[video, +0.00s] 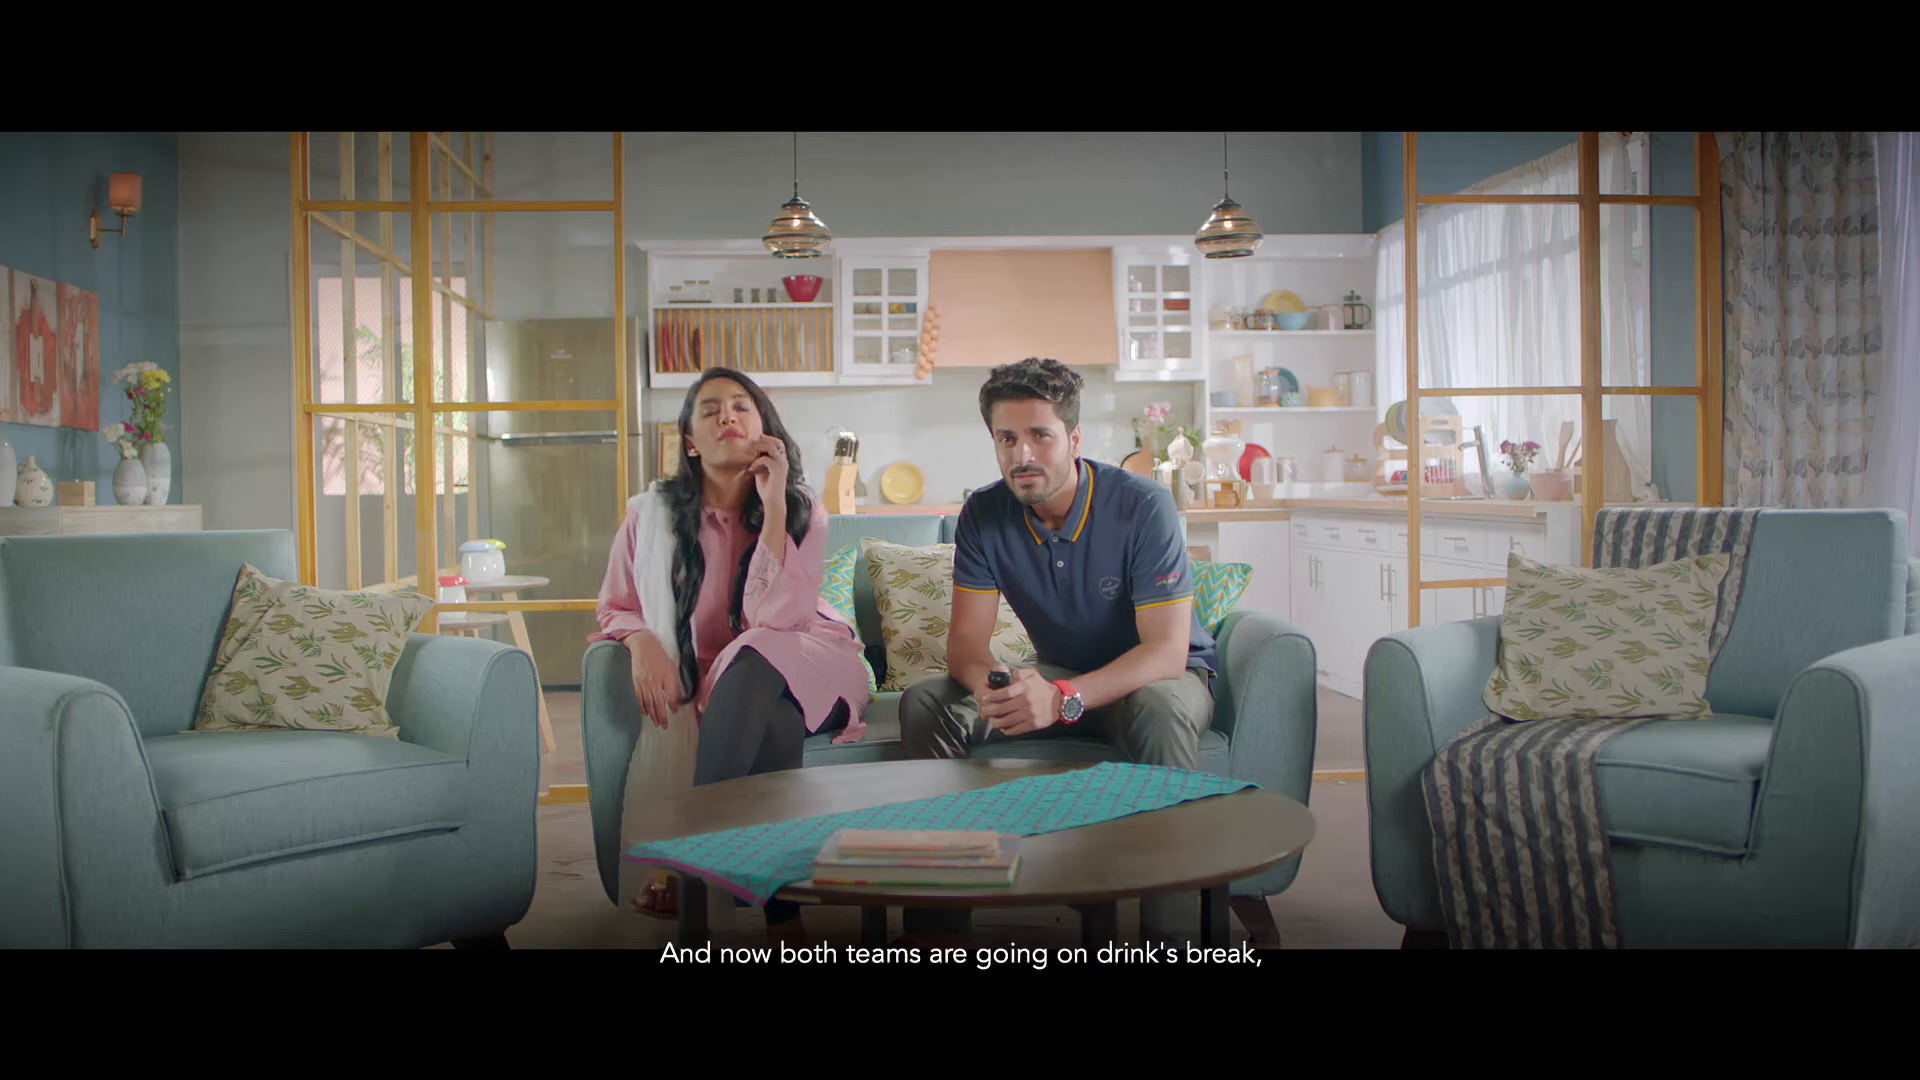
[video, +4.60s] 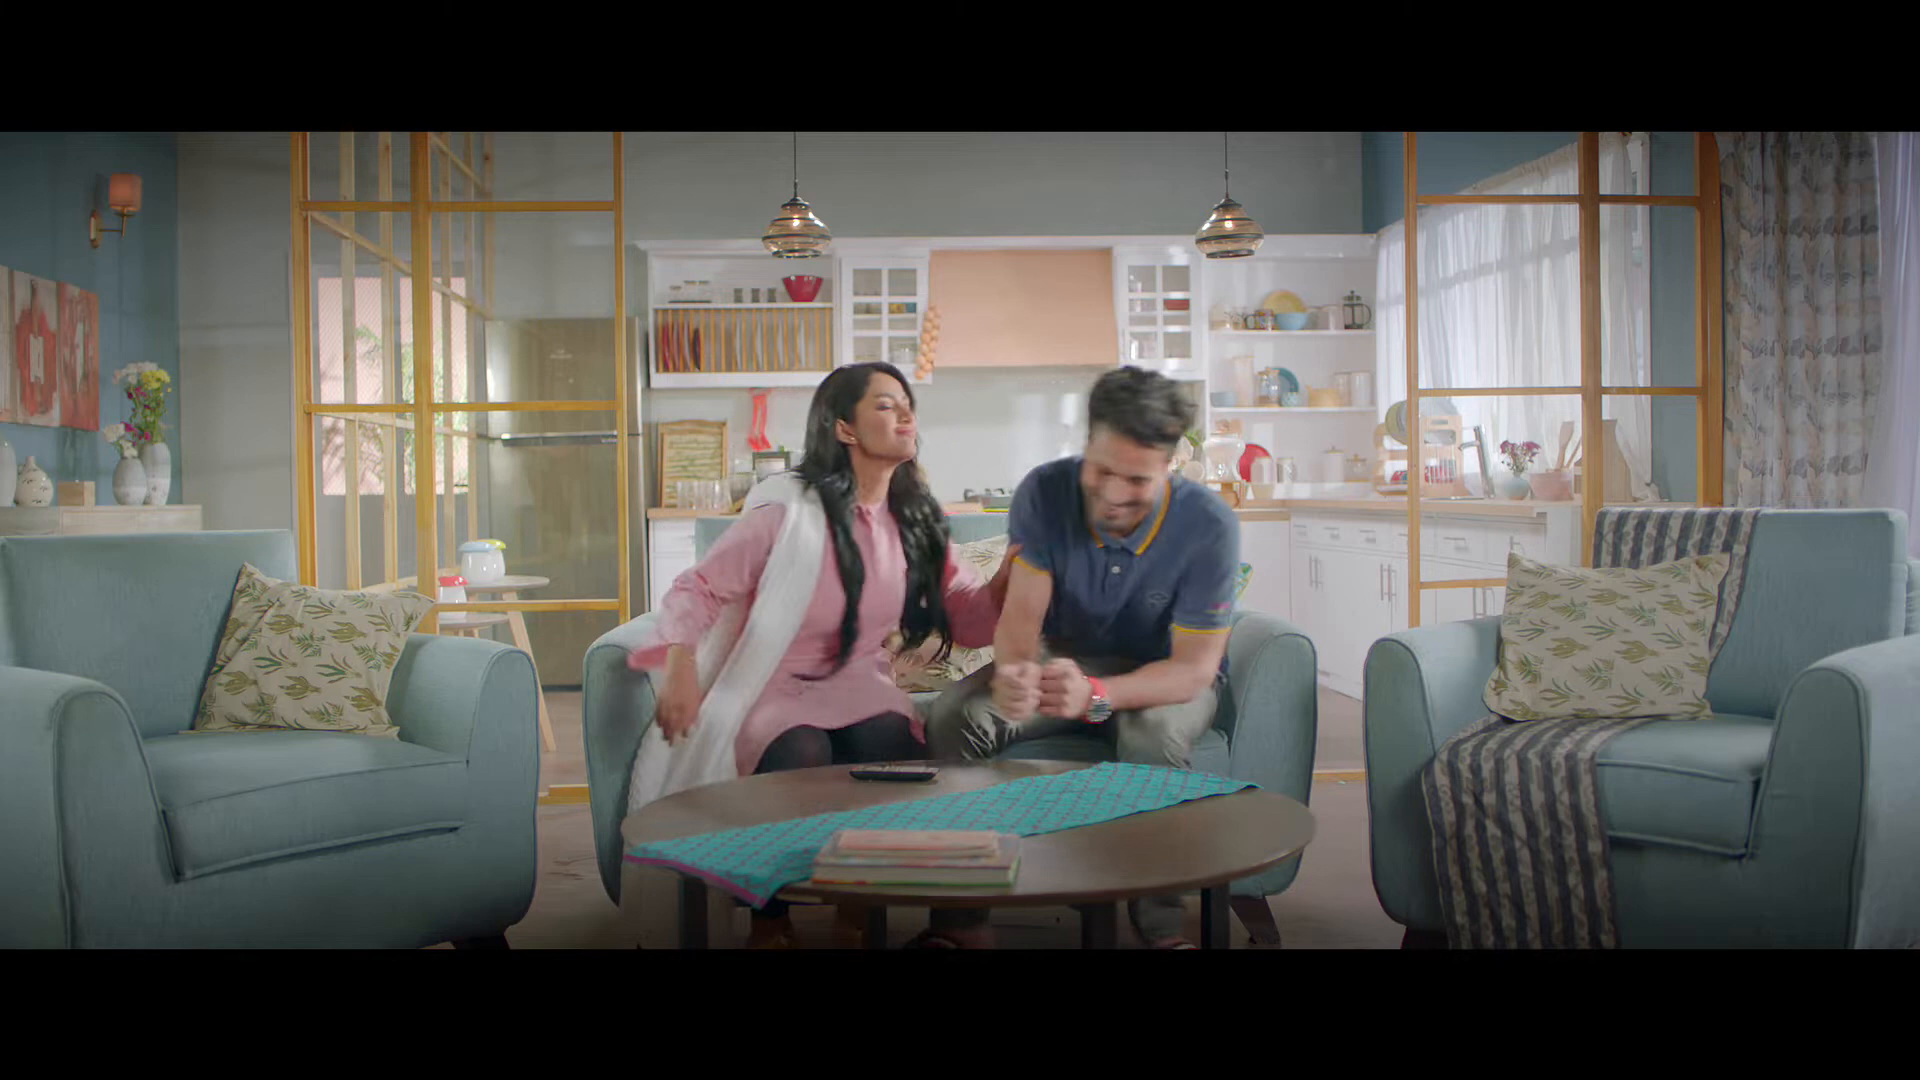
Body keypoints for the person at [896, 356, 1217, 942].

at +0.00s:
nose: (1022, 454)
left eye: (1039, 436)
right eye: (1007, 438)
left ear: (1074, 440)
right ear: (993, 443)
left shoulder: (1142, 507)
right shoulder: (984, 515)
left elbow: (1167, 655)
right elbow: (966, 647)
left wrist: (1065, 698)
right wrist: (996, 685)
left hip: (1156, 678)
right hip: (1058, 680)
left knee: (1157, 709)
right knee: (926, 702)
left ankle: (1172, 924)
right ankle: (942, 898)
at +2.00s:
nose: (990, 456)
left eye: (1006, 444)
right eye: (994, 438)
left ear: (1061, 453)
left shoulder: (1147, 509)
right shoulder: (987, 515)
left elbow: (1167, 654)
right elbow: (967, 648)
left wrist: (1064, 697)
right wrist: (996, 687)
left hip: (1156, 677)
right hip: (1059, 678)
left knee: (1157, 709)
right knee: (926, 702)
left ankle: (1174, 923)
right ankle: (943, 898)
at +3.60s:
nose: (1003, 458)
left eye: (1018, 449)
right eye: (1007, 441)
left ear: (1072, 463)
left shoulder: (1154, 509)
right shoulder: (992, 514)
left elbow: (1166, 654)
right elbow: (969, 642)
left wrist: (1052, 693)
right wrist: (913, 651)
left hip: (1157, 677)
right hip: (1061, 674)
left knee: (1155, 711)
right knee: (929, 703)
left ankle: (1166, 928)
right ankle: (940, 917)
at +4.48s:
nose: (1049, 486)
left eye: (1069, 474)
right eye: (1040, 465)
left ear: (1116, 459)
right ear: (1035, 442)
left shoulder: (1174, 508)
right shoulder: (1015, 503)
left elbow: (1169, 653)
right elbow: (1000, 619)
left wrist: (1057, 683)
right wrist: (970, 675)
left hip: (1154, 680)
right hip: (1058, 680)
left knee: (1153, 708)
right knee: (936, 705)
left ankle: (1172, 929)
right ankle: (949, 915)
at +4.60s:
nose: (1117, 495)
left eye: (1138, 479)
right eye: (1103, 471)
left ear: (1169, 467)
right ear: (1085, 448)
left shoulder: (1209, 525)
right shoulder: (1044, 492)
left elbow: (1195, 670)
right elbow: (1021, 612)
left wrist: (1096, 693)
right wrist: (1011, 676)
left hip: (1164, 673)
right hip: (1066, 658)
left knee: (1152, 731)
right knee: (954, 715)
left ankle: (1162, 922)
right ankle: (962, 916)